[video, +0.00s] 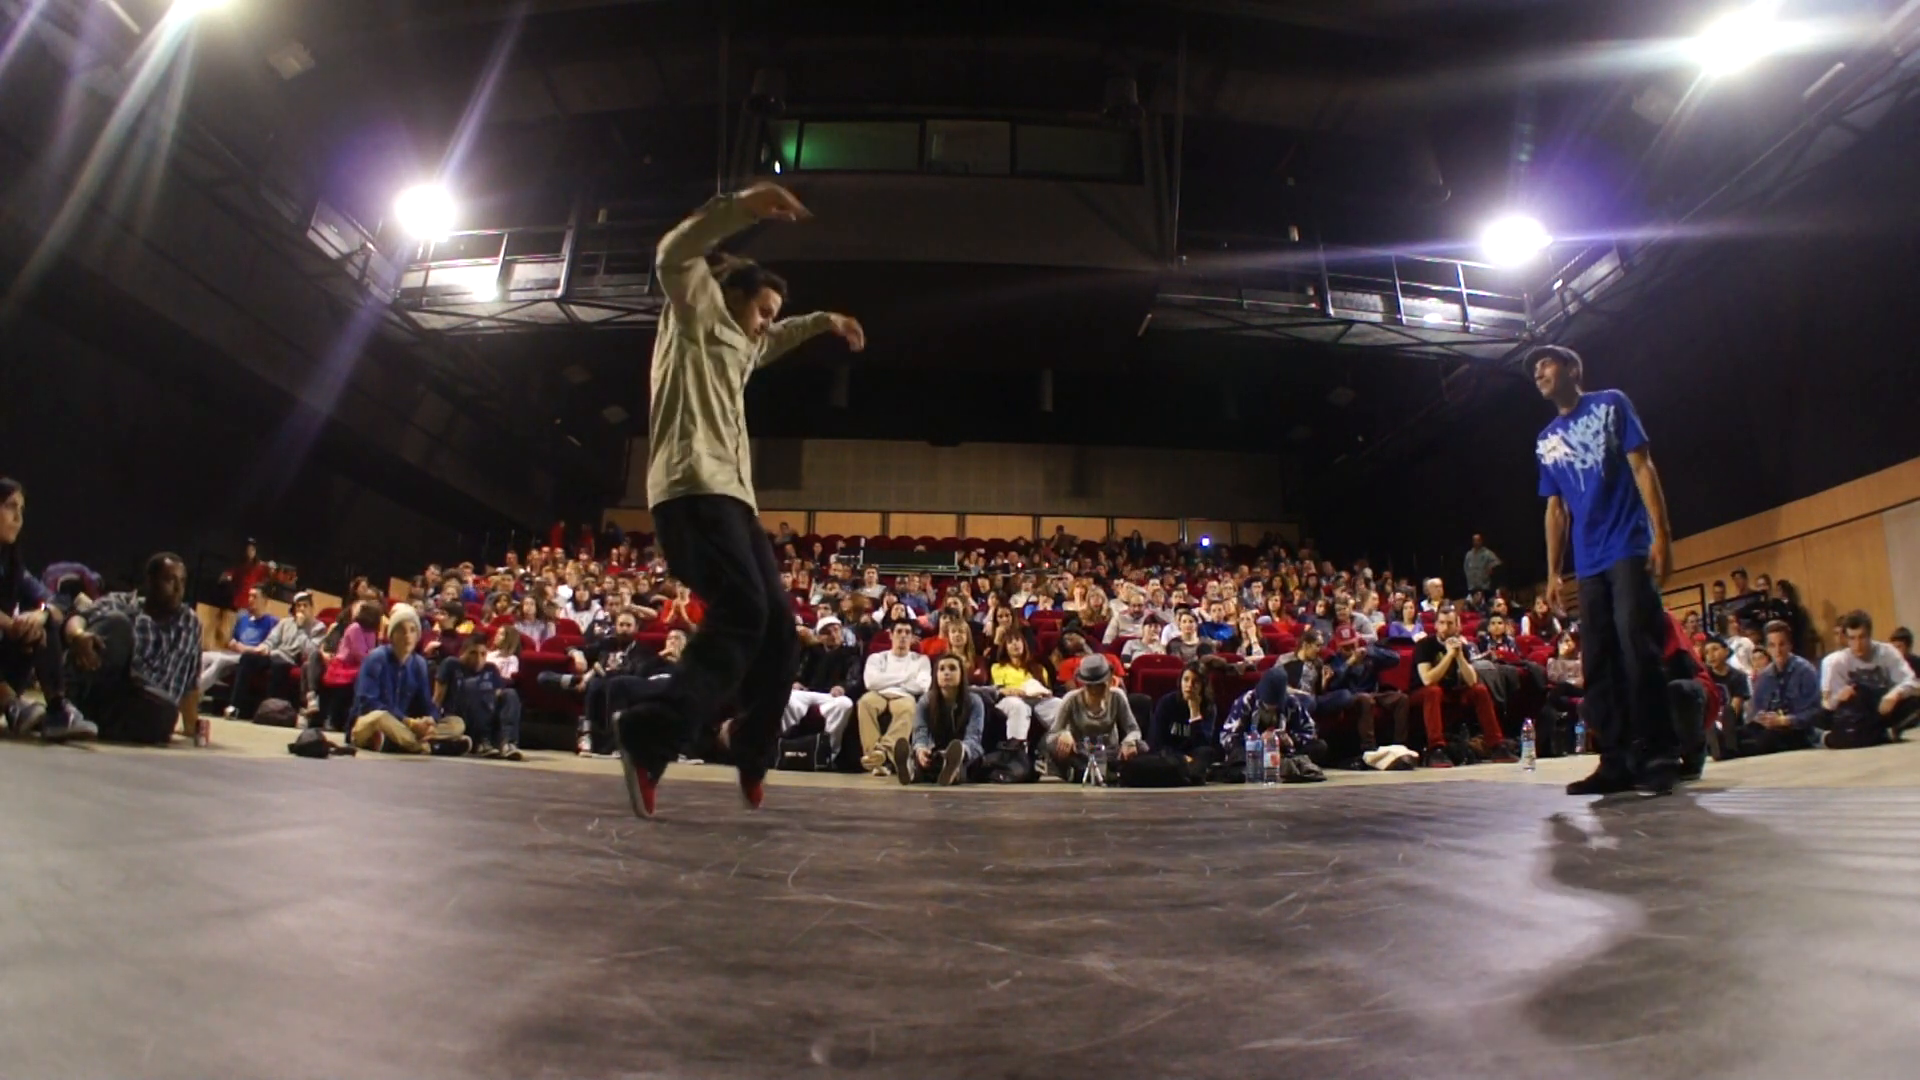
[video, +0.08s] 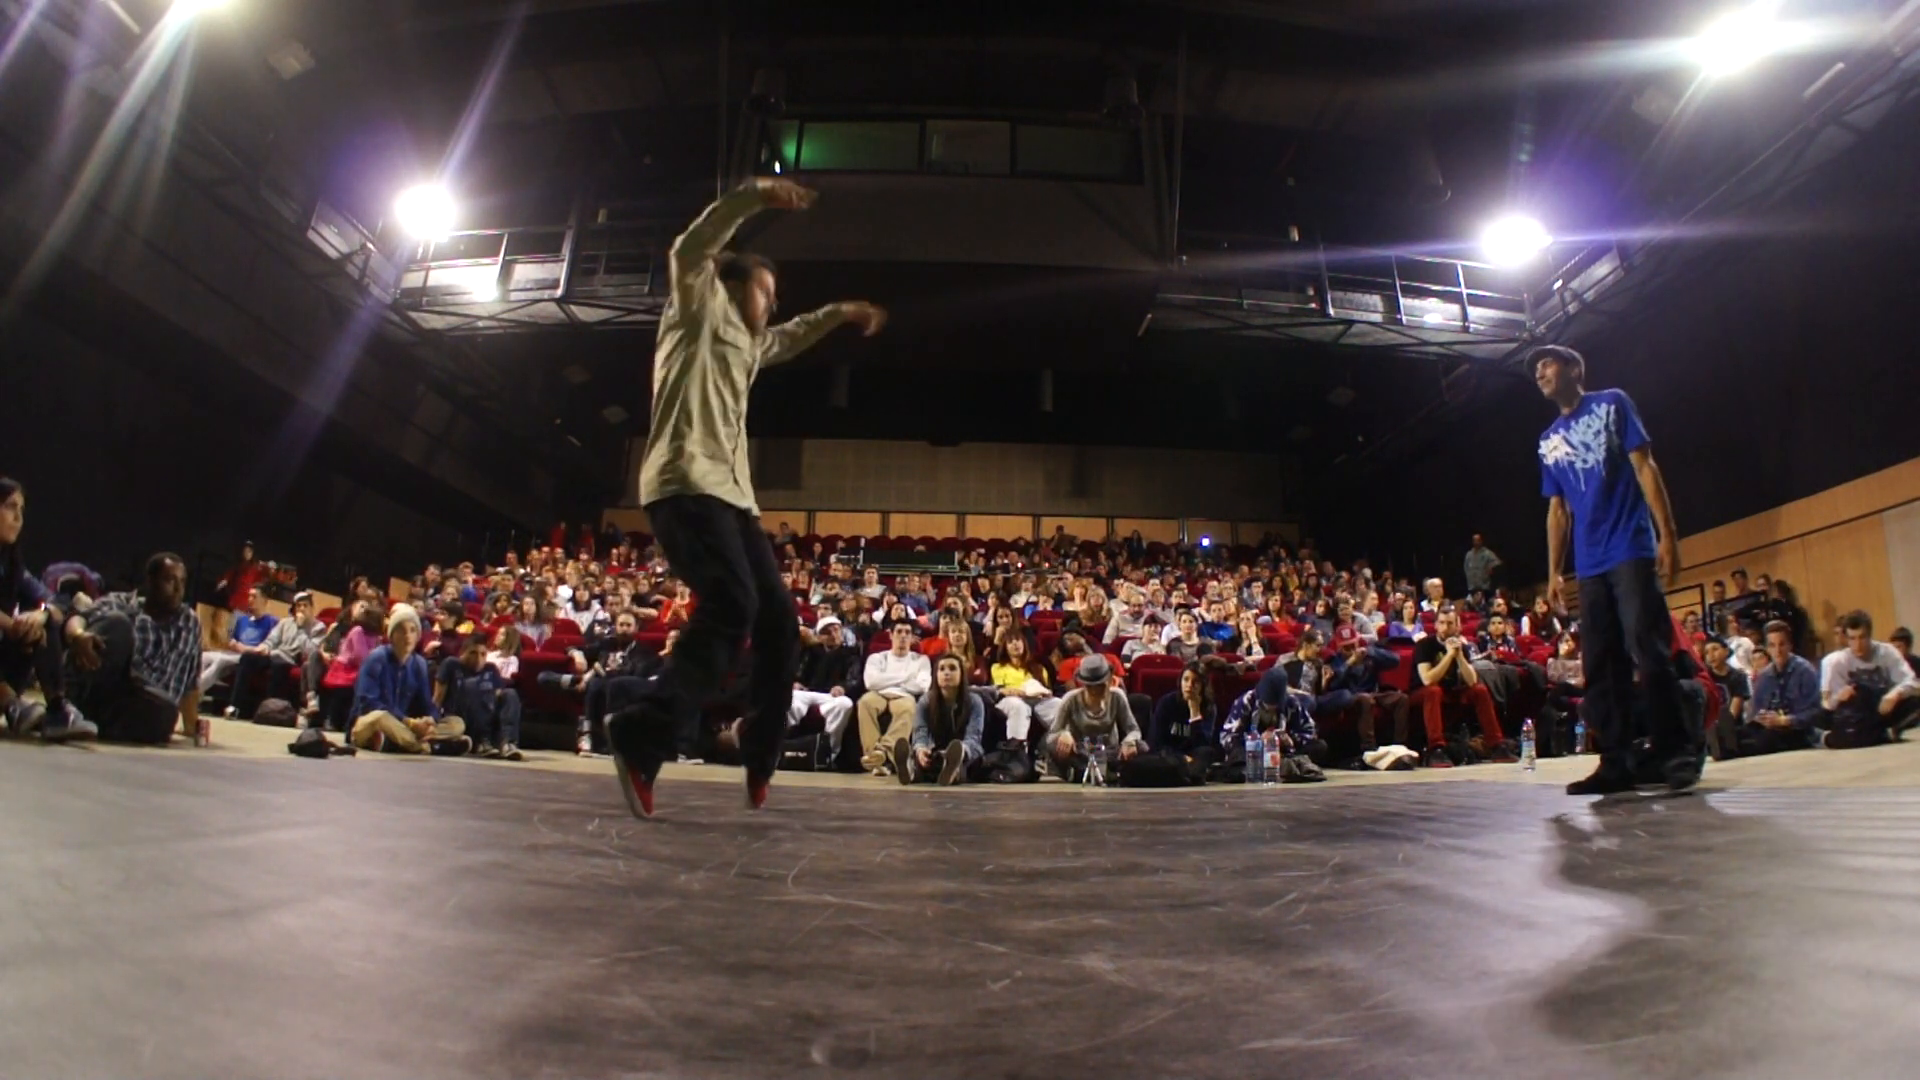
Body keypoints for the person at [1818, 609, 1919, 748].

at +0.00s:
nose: (1857, 643)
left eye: (1862, 637)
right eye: (1852, 638)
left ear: (1870, 636)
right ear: (1846, 638)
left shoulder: (1887, 652)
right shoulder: (1835, 662)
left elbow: (1911, 681)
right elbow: (1827, 703)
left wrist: (1894, 694)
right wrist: (1838, 697)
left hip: (1885, 704)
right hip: (1855, 706)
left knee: (1913, 703)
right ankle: (1884, 734)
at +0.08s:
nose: (1857, 644)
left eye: (1862, 637)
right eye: (1852, 638)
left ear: (1870, 636)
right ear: (1846, 638)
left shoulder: (1887, 652)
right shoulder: (1835, 662)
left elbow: (1911, 681)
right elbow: (1827, 703)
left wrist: (1894, 694)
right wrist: (1838, 697)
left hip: (1884, 705)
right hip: (1855, 707)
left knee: (1914, 703)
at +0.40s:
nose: (1858, 645)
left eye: (1862, 639)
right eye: (1853, 639)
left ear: (1870, 637)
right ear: (1847, 639)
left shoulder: (1887, 652)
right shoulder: (1839, 662)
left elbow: (1910, 680)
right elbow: (1829, 703)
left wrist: (1893, 695)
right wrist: (1839, 697)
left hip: (1884, 704)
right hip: (1856, 706)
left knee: (1914, 703)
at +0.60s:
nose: (1858, 645)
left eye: (1863, 639)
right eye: (1853, 640)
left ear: (1871, 637)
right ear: (1847, 639)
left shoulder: (1887, 652)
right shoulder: (1839, 661)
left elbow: (1910, 681)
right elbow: (1828, 703)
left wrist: (1894, 695)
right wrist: (1839, 697)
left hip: (1884, 705)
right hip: (1856, 707)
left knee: (1913, 704)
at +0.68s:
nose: (1859, 645)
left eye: (1863, 639)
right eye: (1853, 639)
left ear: (1871, 636)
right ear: (1847, 639)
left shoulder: (1887, 652)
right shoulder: (1839, 661)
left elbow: (1911, 681)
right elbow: (1828, 703)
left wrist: (1894, 695)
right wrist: (1839, 697)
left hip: (1884, 704)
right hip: (1856, 706)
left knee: (1913, 704)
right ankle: (1884, 734)